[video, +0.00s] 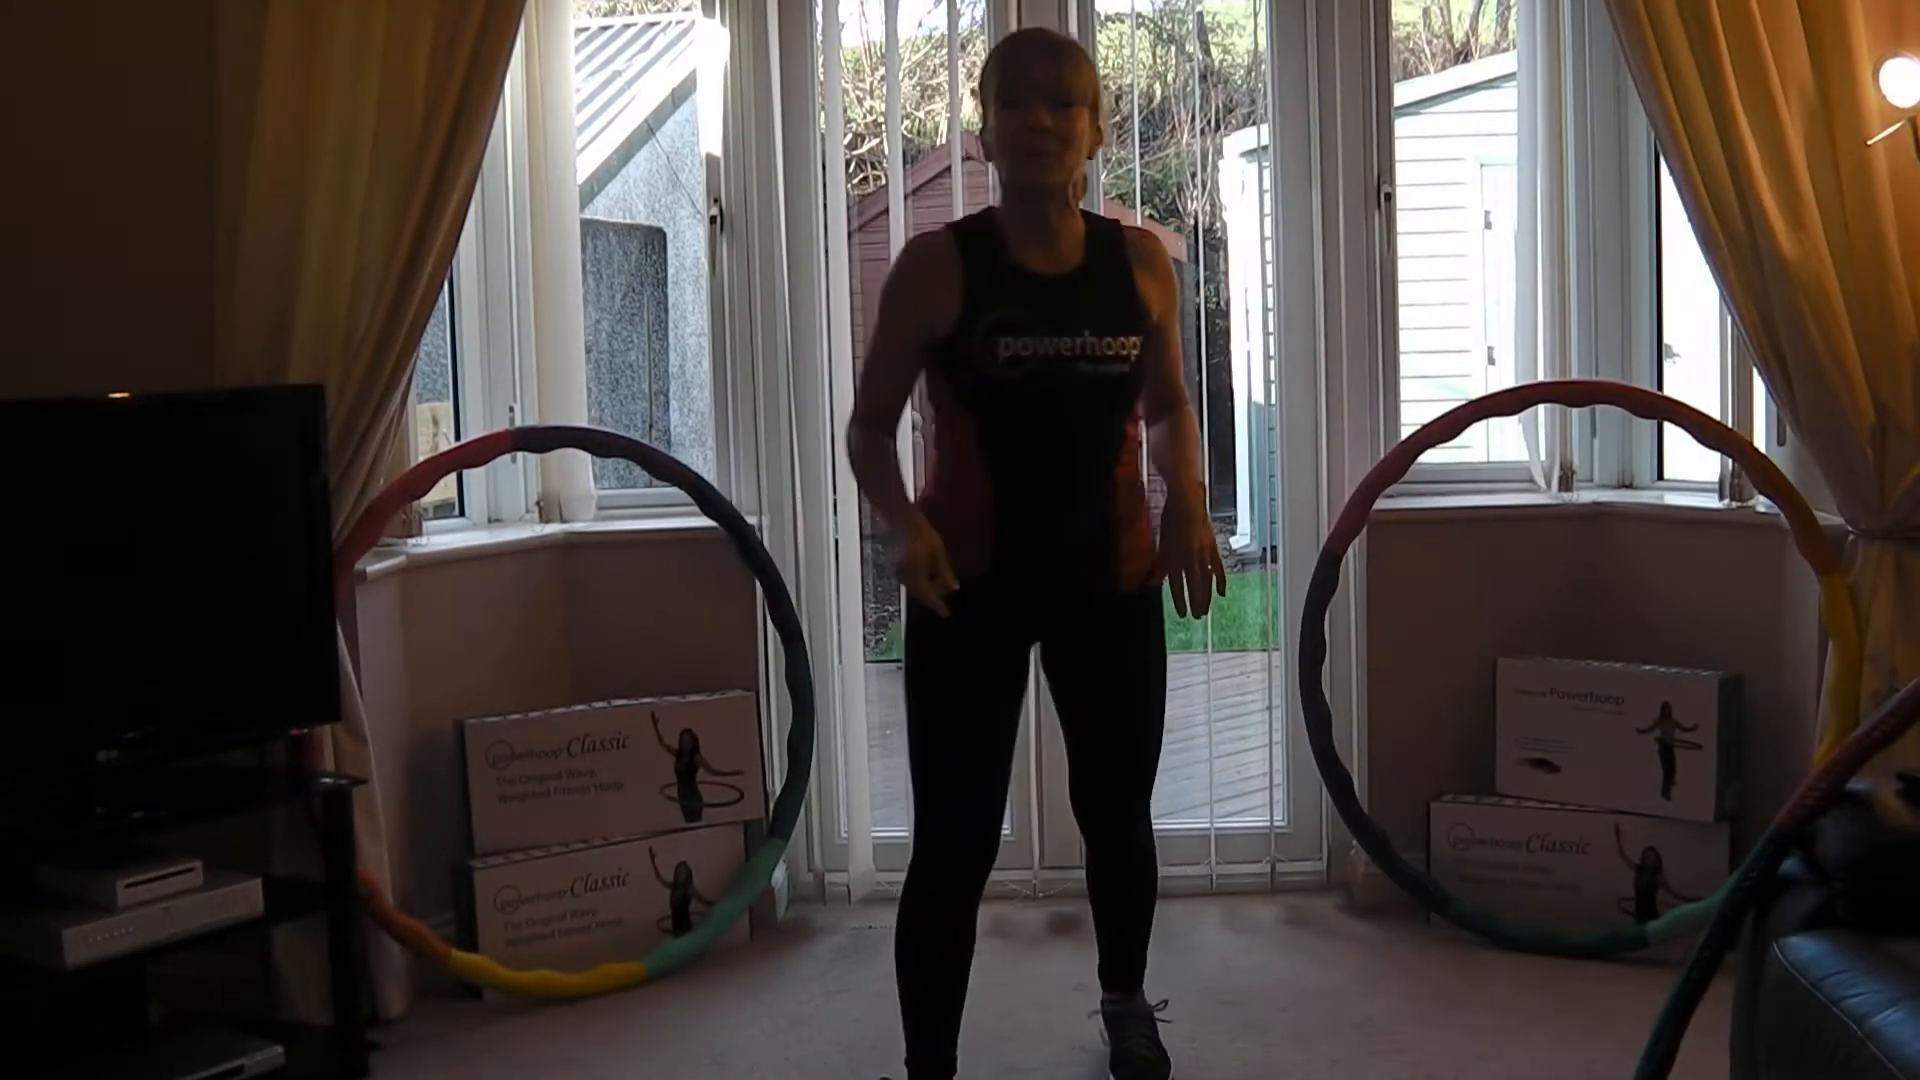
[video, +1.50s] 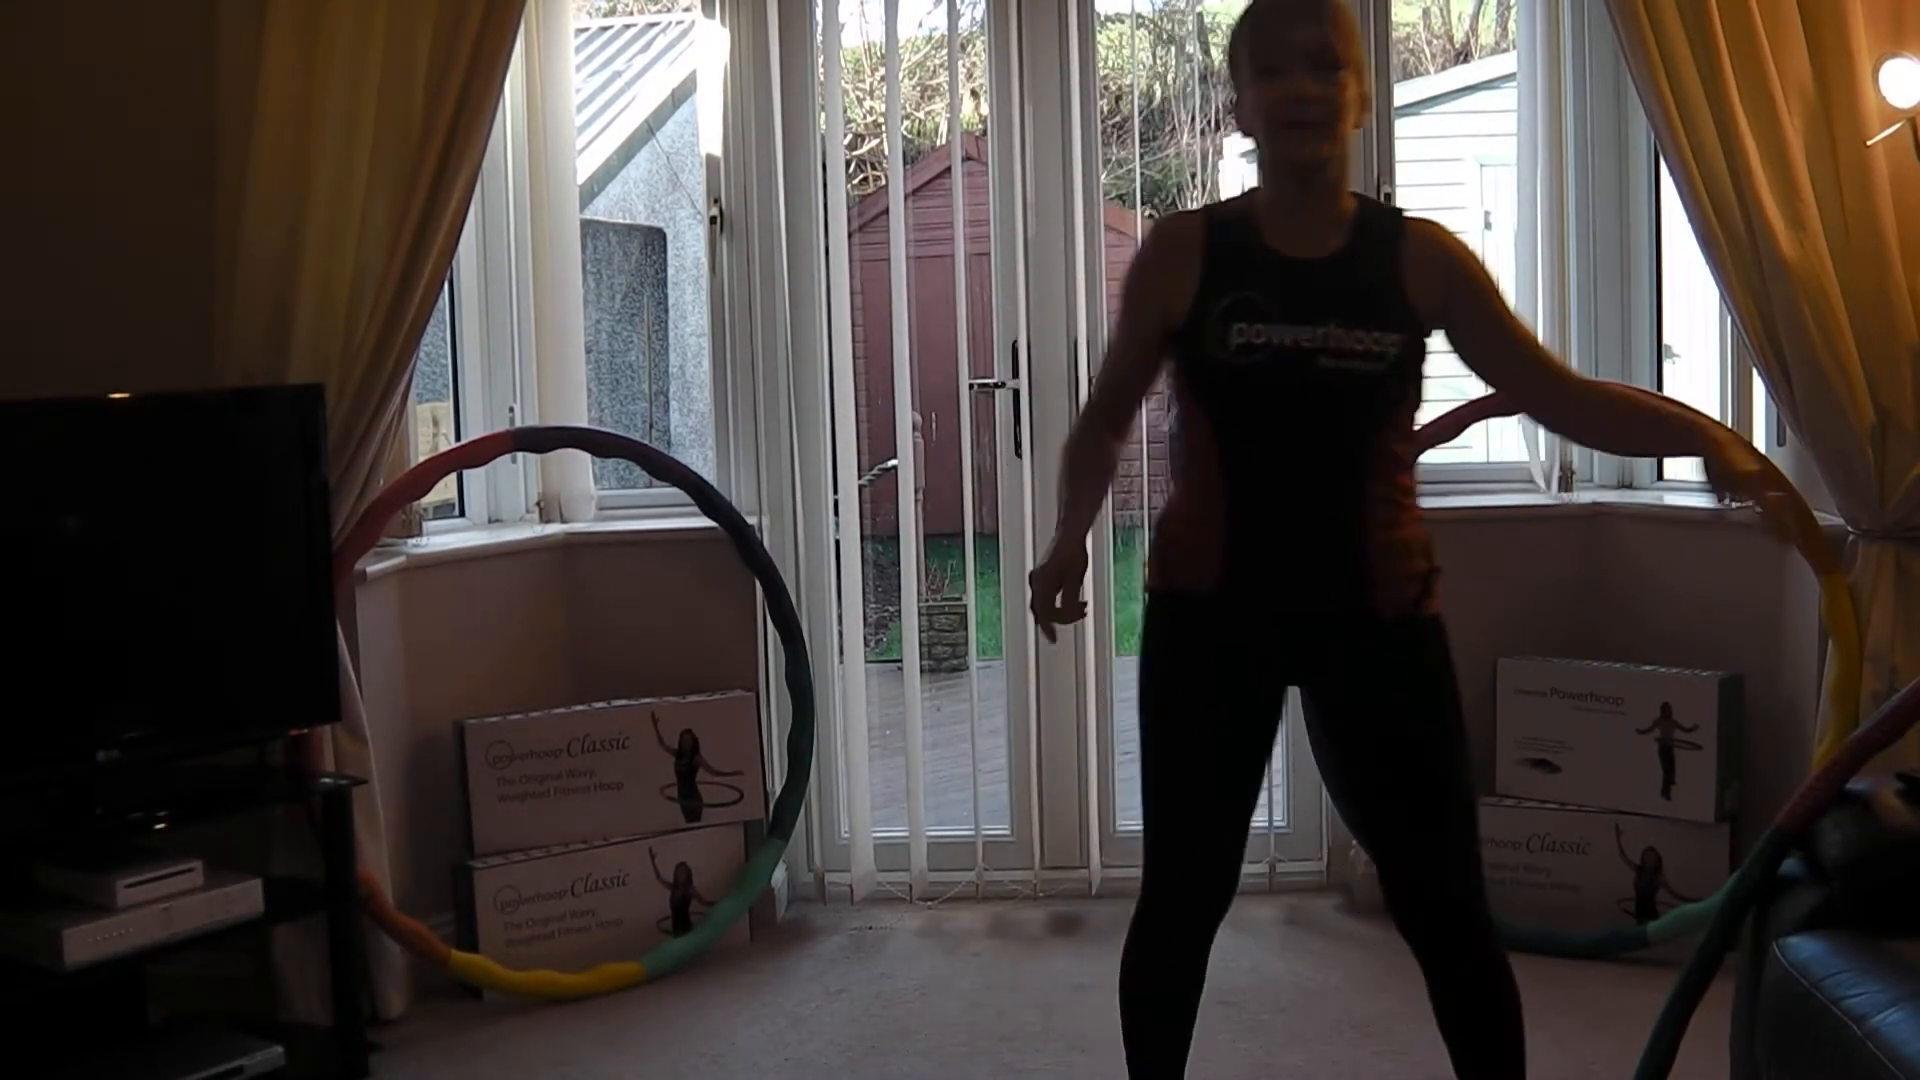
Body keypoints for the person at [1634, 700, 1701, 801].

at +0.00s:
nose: (1667, 712)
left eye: (1668, 710)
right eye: (1665, 710)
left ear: (1670, 711)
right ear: (1662, 711)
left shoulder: (1671, 721)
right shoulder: (1660, 721)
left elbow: (1683, 729)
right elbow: (1651, 729)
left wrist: (1692, 728)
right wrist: (1641, 731)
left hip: (1669, 747)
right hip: (1663, 747)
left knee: (1671, 769)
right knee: (1667, 770)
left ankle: (1667, 791)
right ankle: (1665, 792)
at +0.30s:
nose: (1667, 713)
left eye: (1668, 710)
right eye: (1665, 710)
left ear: (1670, 711)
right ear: (1661, 711)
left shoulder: (1671, 721)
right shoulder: (1659, 721)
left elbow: (1683, 729)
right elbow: (1651, 729)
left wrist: (1692, 729)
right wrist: (1641, 731)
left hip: (1669, 747)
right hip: (1662, 748)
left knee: (1671, 769)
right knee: (1667, 770)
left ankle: (1667, 791)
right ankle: (1665, 792)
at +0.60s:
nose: (1667, 712)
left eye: (1668, 710)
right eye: (1665, 710)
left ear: (1670, 711)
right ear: (1662, 711)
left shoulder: (1671, 721)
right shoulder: (1659, 721)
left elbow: (1683, 729)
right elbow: (1651, 729)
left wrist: (1692, 728)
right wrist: (1641, 731)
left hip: (1669, 747)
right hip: (1662, 748)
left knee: (1670, 770)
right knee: (1667, 770)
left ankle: (1667, 792)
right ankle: (1665, 792)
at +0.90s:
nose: (1667, 713)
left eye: (1668, 710)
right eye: (1665, 710)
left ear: (1670, 711)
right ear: (1662, 711)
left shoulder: (1672, 721)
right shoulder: (1659, 721)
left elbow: (1684, 730)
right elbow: (1651, 730)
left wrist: (1693, 729)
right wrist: (1641, 731)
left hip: (1669, 747)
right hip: (1663, 748)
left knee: (1671, 769)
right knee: (1667, 770)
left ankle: (1667, 791)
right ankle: (1665, 792)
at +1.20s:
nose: (1667, 713)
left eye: (1668, 710)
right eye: (1665, 710)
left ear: (1670, 711)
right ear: (1662, 711)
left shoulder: (1672, 721)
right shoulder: (1659, 721)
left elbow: (1684, 730)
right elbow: (1651, 730)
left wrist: (1693, 729)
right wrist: (1641, 731)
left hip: (1669, 747)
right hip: (1663, 748)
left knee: (1671, 769)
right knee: (1667, 770)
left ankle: (1667, 791)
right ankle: (1665, 792)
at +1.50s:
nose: (1667, 712)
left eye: (1668, 710)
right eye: (1665, 710)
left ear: (1670, 711)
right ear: (1662, 711)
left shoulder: (1671, 721)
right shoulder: (1659, 721)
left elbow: (1683, 730)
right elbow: (1650, 730)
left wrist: (1692, 729)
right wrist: (1641, 732)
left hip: (1669, 748)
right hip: (1662, 748)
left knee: (1670, 770)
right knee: (1667, 771)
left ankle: (1667, 791)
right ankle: (1665, 792)